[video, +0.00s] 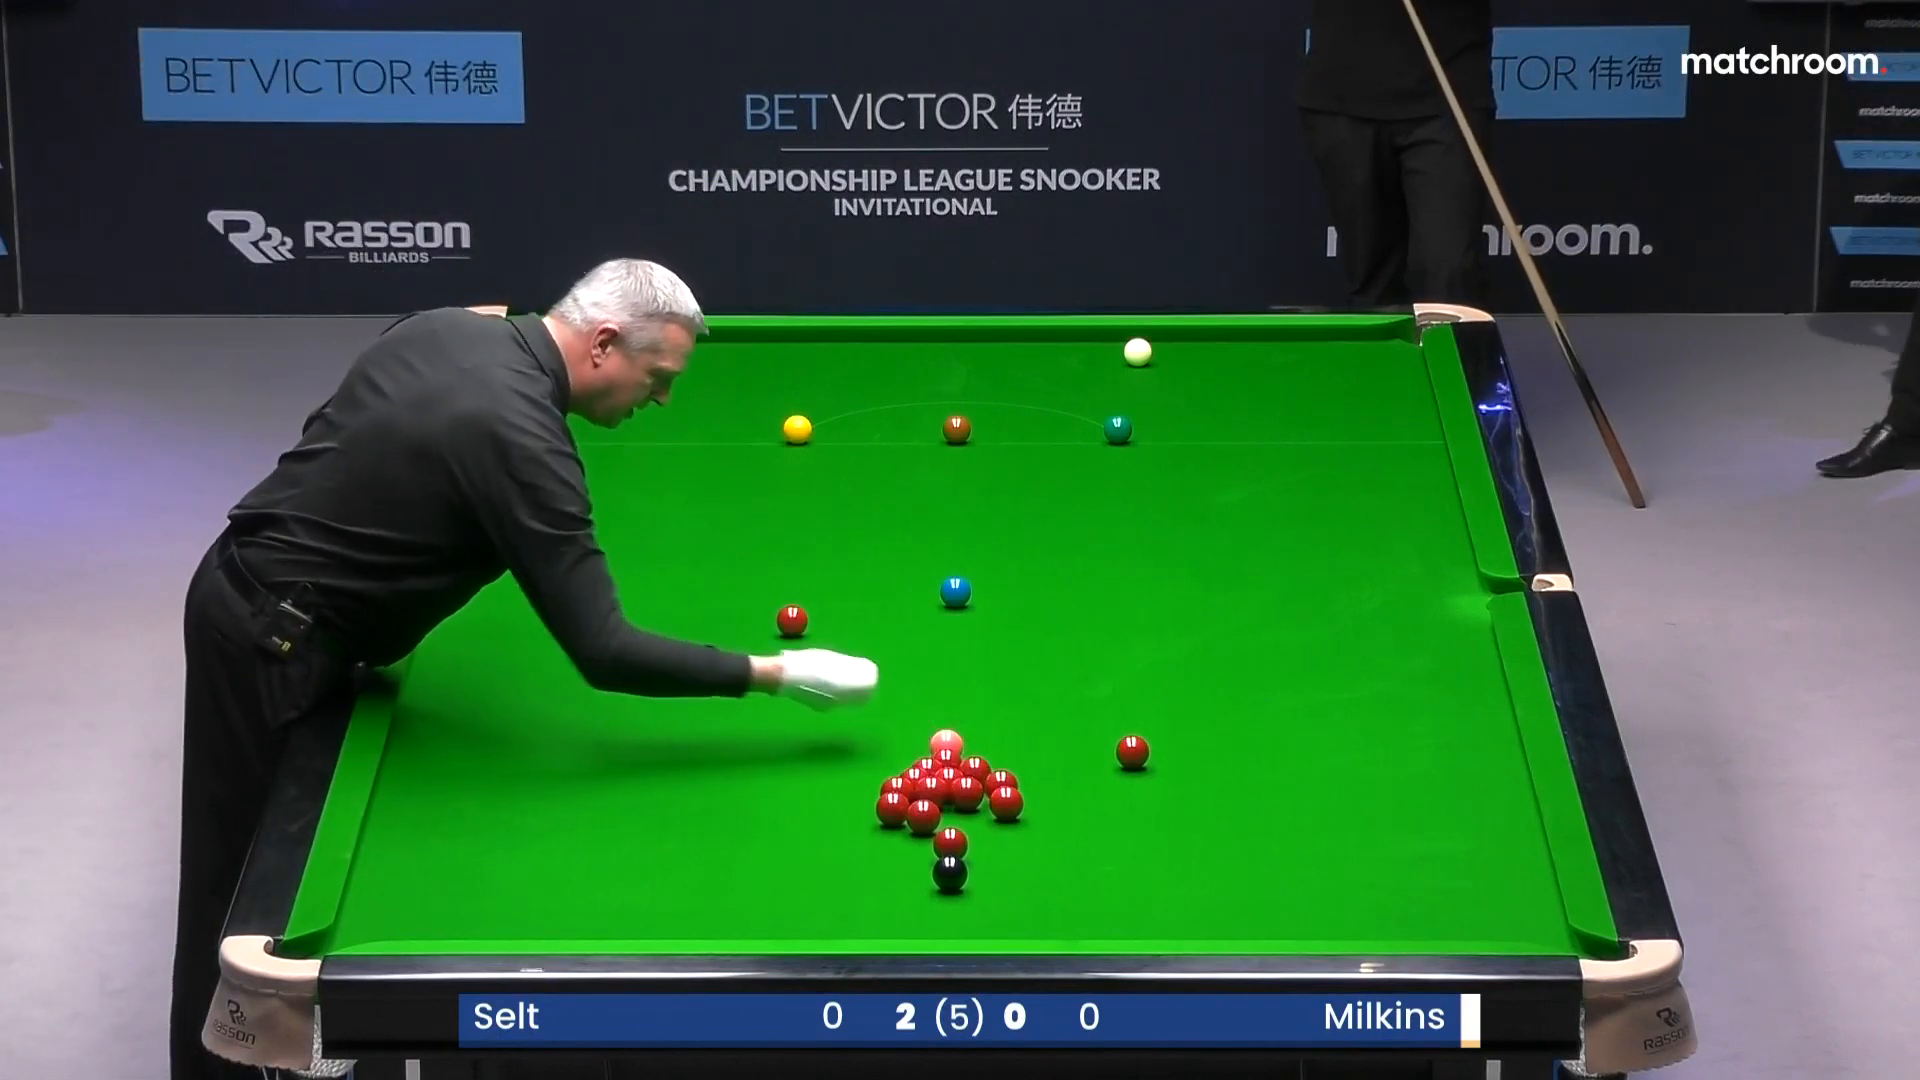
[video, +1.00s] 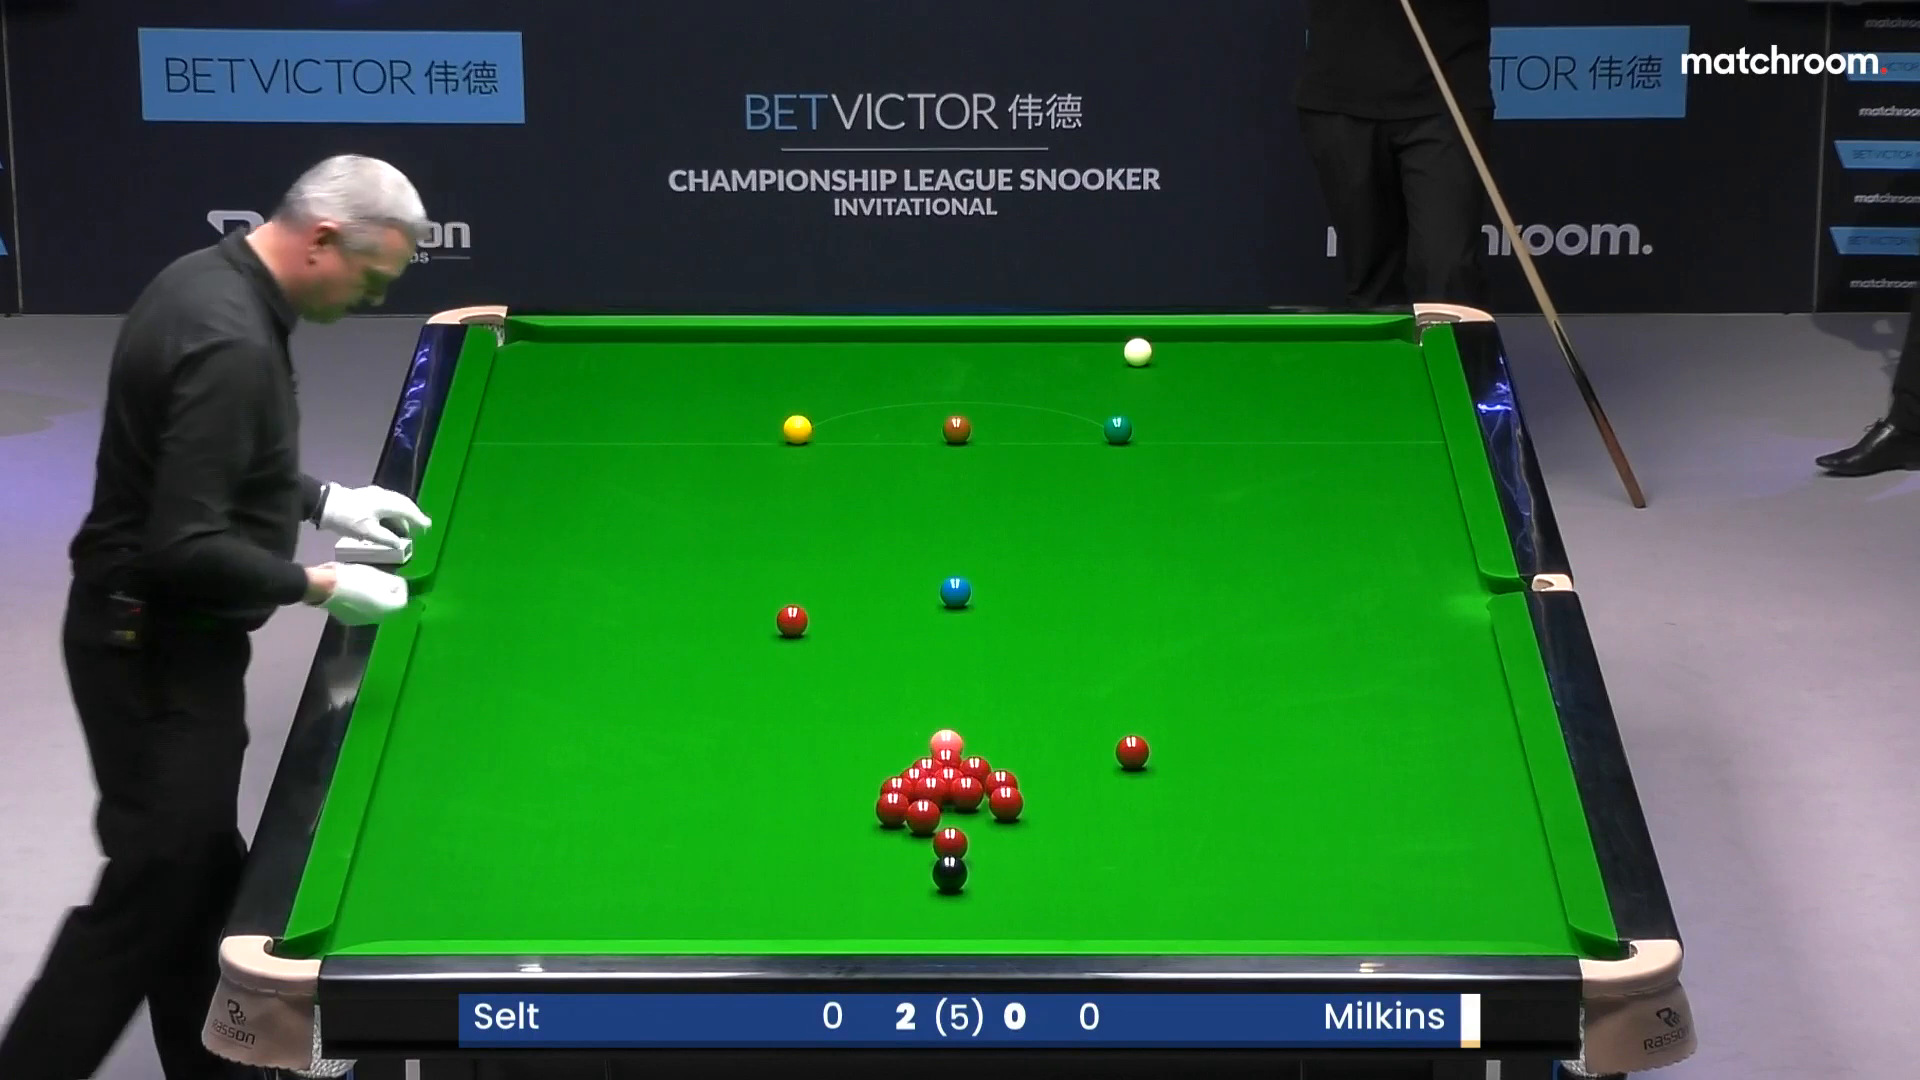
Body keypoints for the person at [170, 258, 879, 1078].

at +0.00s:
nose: (659, 398)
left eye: (670, 382)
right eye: (660, 376)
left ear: (587, 323)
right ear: (600, 338)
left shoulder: (449, 329)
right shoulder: (522, 433)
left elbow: (326, 444)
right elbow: (606, 652)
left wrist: (365, 619)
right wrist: (771, 668)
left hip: (246, 589)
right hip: (277, 634)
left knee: (244, 873)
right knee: (246, 884)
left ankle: (224, 1055)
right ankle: (218, 1063)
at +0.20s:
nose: (622, 369)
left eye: (632, 353)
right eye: (627, 349)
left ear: (565, 307)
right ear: (583, 317)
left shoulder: (415, 314)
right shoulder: (497, 422)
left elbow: (302, 445)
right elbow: (501, 635)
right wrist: (658, 644)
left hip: (234, 597)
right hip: (278, 640)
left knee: (234, 876)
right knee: (247, 890)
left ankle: (224, 1055)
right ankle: (216, 1061)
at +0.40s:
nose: (554, 317)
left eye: (561, 302)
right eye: (562, 303)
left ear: (476, 240)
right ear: (540, 294)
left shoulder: (357, 292)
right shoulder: (433, 386)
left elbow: (280, 445)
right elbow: (370, 577)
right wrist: (509, 611)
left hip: (217, 600)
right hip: (264, 638)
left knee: (232, 857)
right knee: (243, 869)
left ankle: (214, 1051)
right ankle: (211, 1057)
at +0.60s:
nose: (486, 298)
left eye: (497, 282)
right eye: (495, 280)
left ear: (411, 220)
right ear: (472, 263)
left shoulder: (298, 281)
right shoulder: (371, 349)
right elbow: (304, 540)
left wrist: (440, 317)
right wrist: (417, 584)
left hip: (194, 608)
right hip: (245, 634)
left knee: (217, 856)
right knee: (242, 866)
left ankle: (208, 1052)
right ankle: (215, 1060)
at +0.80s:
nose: (418, 299)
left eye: (433, 283)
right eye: (430, 279)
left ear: (374, 226)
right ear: (396, 241)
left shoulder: (246, 279)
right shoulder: (309, 338)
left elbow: (226, 443)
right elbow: (267, 533)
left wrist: (338, 503)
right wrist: (378, 573)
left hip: (164, 613)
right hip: (210, 637)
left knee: (201, 860)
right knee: (222, 872)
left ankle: (189, 1050)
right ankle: (193, 1058)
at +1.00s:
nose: (365, 303)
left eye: (378, 289)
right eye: (370, 282)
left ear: (314, 234)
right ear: (320, 239)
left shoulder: (219, 287)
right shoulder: (231, 340)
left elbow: (227, 461)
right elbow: (182, 545)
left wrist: (326, 504)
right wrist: (320, 585)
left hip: (174, 631)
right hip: (151, 643)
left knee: (207, 875)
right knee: (159, 878)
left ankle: (214, 1066)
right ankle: (31, 1064)